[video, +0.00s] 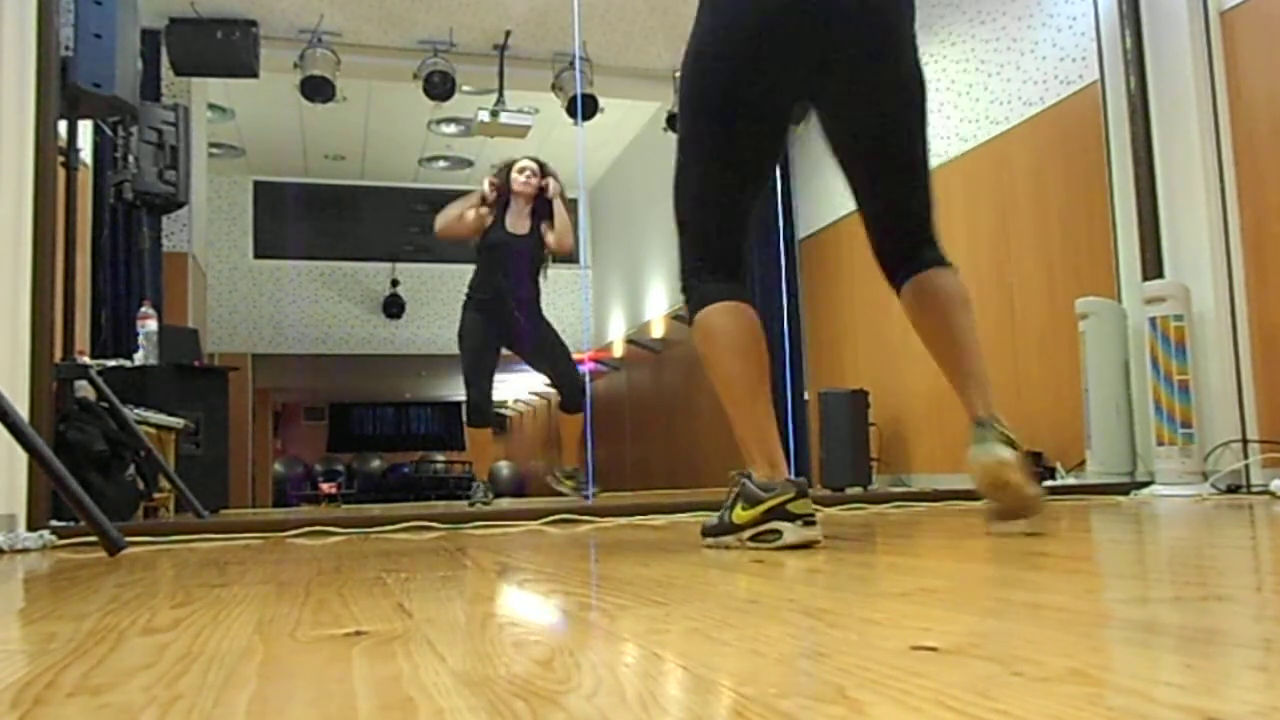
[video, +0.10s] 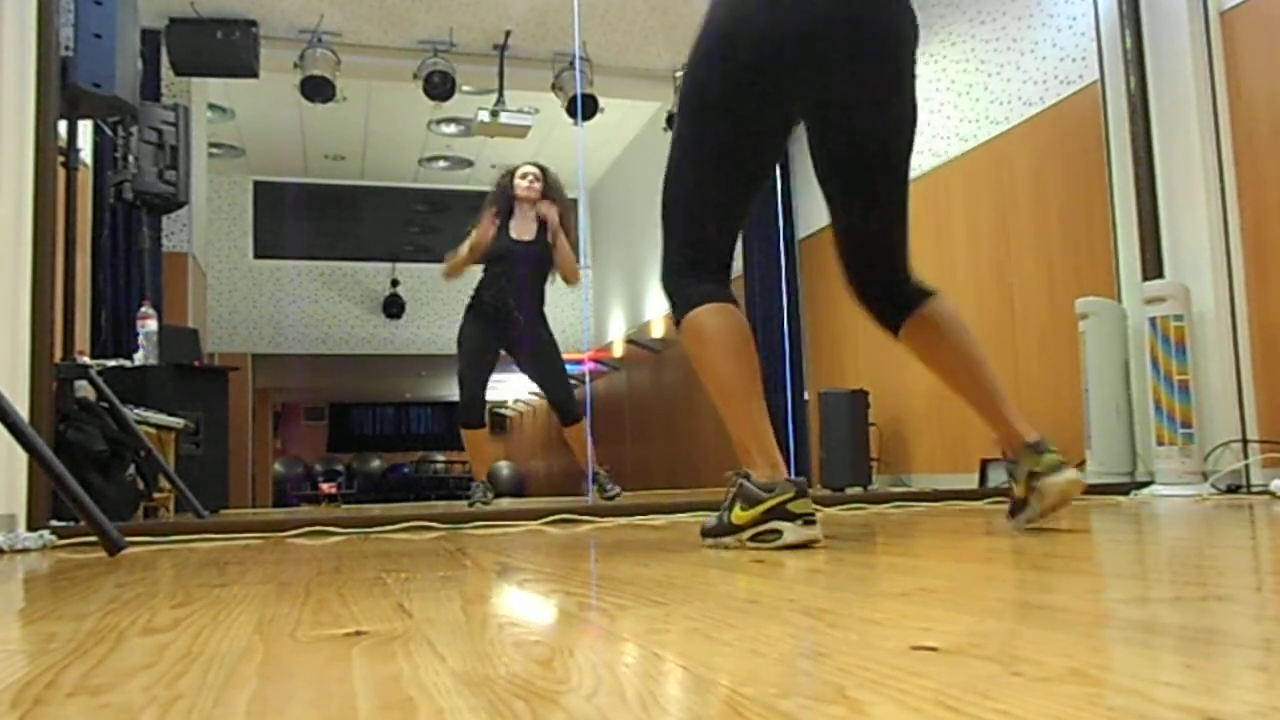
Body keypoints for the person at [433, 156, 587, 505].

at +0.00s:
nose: (528, 177)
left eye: (534, 174)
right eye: (522, 171)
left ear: (539, 188)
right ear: (507, 181)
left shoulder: (542, 223)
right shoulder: (486, 217)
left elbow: (564, 243)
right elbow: (442, 227)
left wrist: (557, 198)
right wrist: (476, 196)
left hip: (526, 318)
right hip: (482, 316)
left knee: (573, 385)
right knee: (478, 398)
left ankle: (568, 470)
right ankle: (481, 483)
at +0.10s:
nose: (530, 182)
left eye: (537, 179)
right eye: (523, 177)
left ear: (544, 191)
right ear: (510, 186)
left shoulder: (551, 227)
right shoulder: (493, 221)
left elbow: (572, 277)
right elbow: (451, 270)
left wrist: (555, 228)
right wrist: (476, 244)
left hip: (528, 321)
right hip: (484, 318)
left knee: (564, 398)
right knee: (470, 397)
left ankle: (593, 473)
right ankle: (480, 483)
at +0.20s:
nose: (534, 188)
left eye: (541, 184)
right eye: (528, 183)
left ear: (549, 196)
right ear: (514, 193)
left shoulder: (561, 238)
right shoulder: (497, 235)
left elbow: (579, 296)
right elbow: (479, 281)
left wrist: (564, 276)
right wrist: (478, 293)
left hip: (538, 329)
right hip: (494, 326)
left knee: (561, 412)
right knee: (467, 400)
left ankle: (593, 478)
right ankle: (480, 483)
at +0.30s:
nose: (540, 195)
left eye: (547, 190)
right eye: (534, 189)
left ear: (555, 201)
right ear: (521, 199)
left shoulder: (569, 243)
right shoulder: (507, 243)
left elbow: (594, 299)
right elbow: (496, 294)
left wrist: (578, 322)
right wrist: (487, 321)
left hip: (552, 338)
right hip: (509, 337)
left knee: (570, 418)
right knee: (467, 402)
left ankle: (599, 479)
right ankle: (481, 483)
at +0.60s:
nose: (564, 188)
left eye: (570, 183)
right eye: (557, 183)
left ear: (579, 192)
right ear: (544, 192)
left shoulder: (594, 231)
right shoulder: (532, 238)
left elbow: (627, 282)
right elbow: (524, 289)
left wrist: (627, 322)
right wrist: (528, 322)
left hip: (602, 329)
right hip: (559, 332)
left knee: (604, 405)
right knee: (507, 392)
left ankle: (604, 481)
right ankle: (491, 480)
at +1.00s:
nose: (575, 170)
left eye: (580, 164)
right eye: (567, 166)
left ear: (590, 172)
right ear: (556, 176)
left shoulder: (611, 207)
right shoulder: (551, 224)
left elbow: (645, 254)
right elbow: (549, 278)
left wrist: (632, 299)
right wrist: (541, 277)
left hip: (606, 309)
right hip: (562, 308)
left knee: (604, 393)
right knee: (538, 388)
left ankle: (603, 478)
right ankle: (519, 477)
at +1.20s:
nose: (577, 176)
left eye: (583, 170)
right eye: (569, 170)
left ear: (592, 177)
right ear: (557, 179)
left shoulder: (613, 211)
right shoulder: (552, 219)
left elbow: (644, 260)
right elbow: (539, 274)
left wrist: (633, 299)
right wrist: (542, 230)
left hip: (607, 311)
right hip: (562, 310)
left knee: (611, 395)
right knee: (536, 388)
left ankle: (601, 477)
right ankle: (517, 478)